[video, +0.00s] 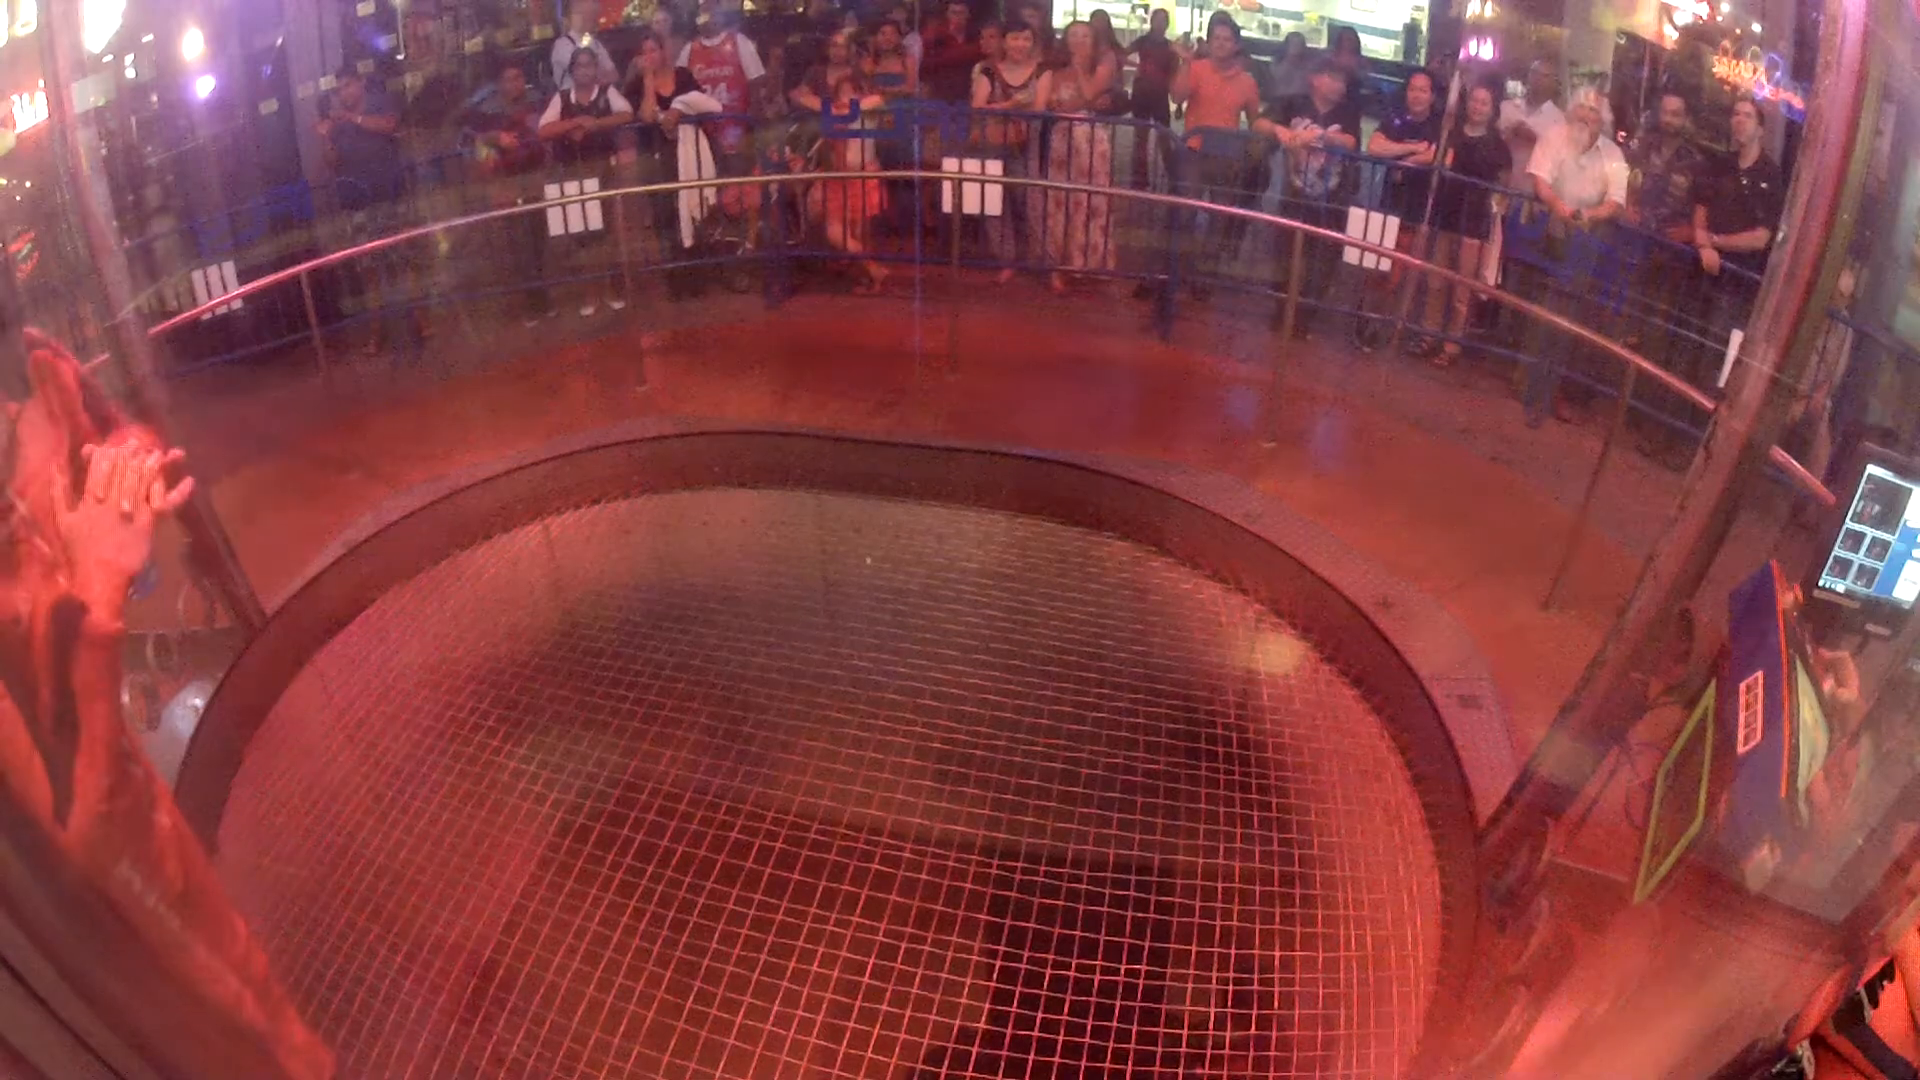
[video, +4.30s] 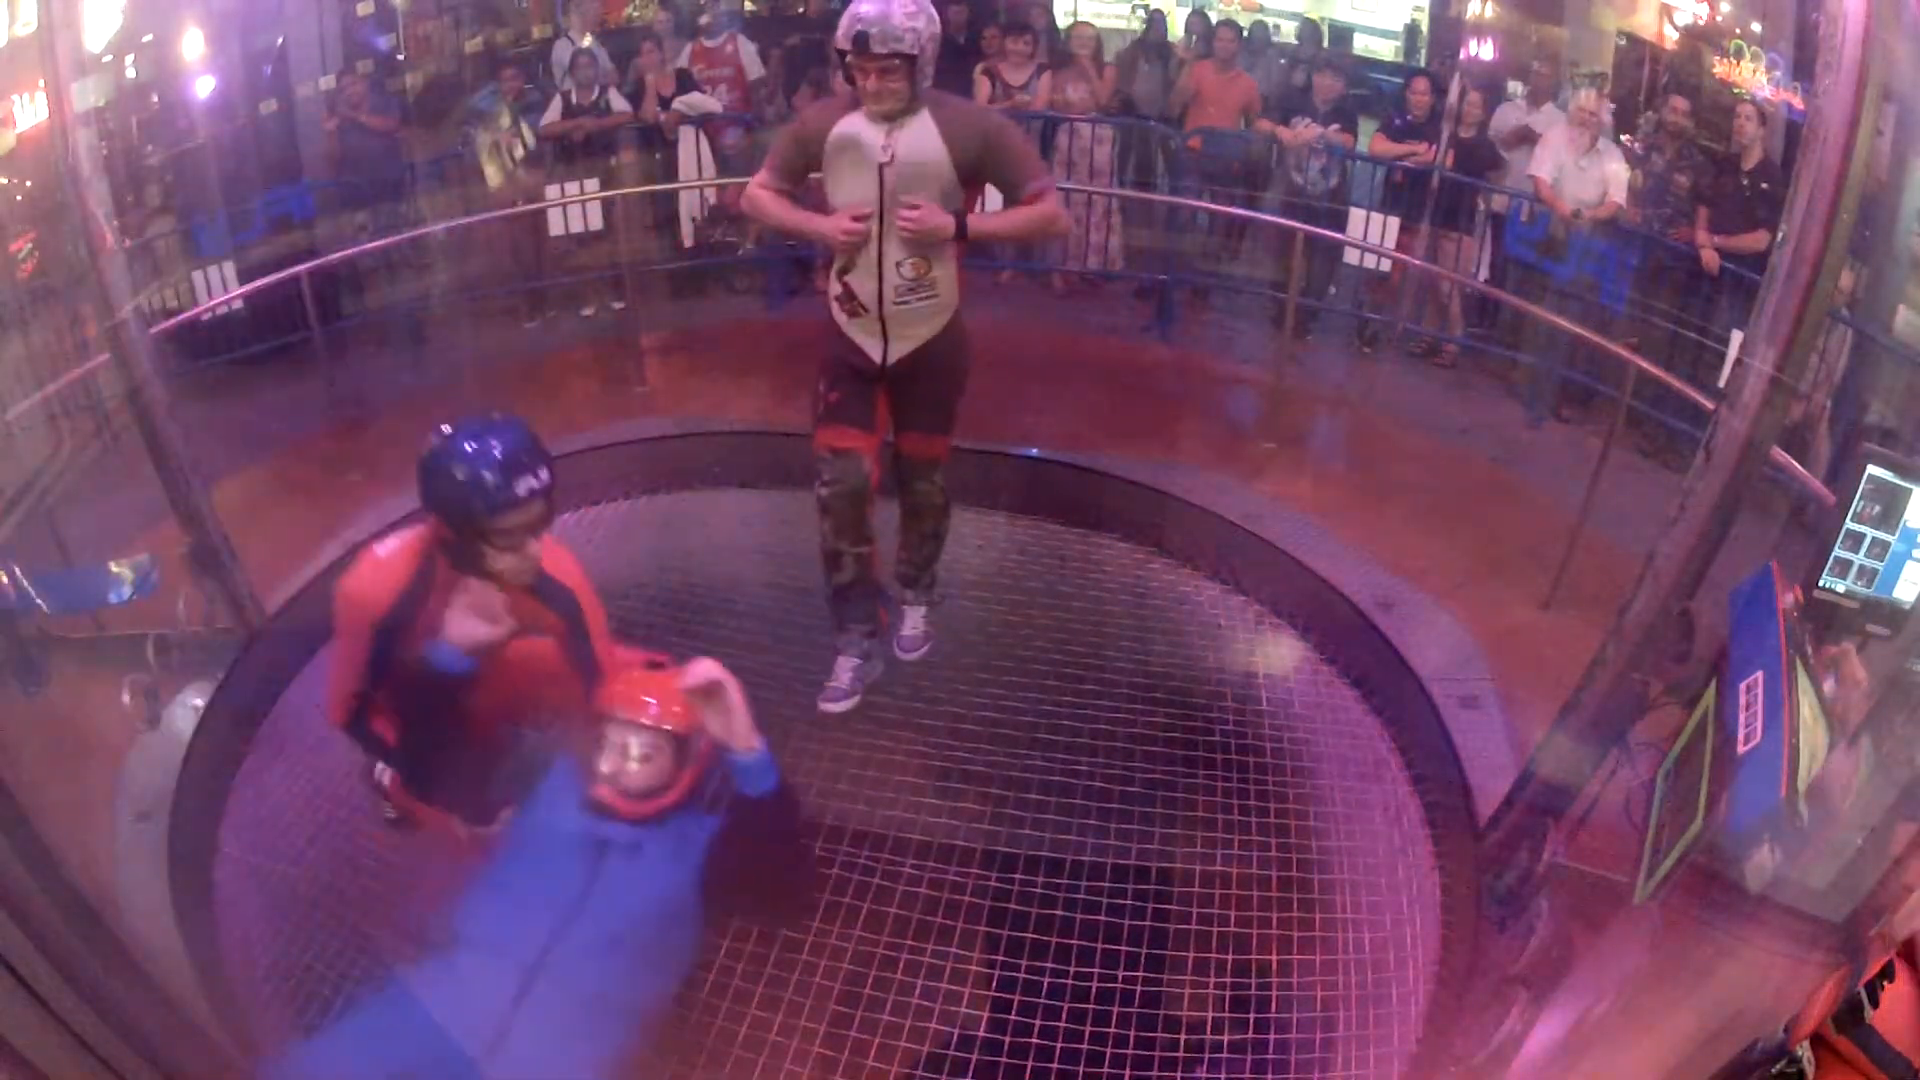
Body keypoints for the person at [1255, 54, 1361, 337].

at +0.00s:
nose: (1341, 88)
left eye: (1343, 83)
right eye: (1335, 81)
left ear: (1346, 87)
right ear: (1316, 80)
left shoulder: (1348, 112)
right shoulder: (1293, 104)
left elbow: (1352, 143)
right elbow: (1258, 123)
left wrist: (1321, 136)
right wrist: (1282, 132)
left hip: (1331, 202)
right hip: (1295, 196)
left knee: (1323, 262)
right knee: (1287, 254)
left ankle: (1306, 317)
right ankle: (1281, 310)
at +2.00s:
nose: (1325, 86)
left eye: (1333, 81)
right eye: (1322, 78)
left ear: (1343, 87)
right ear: (1311, 78)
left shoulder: (1346, 111)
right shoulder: (1293, 103)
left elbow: (1351, 143)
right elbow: (1259, 124)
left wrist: (1325, 136)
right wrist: (1283, 134)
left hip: (1332, 196)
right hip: (1296, 190)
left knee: (1324, 255)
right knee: (1286, 248)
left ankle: (1307, 312)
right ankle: (1281, 306)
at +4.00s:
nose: (1326, 86)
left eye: (1333, 82)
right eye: (1322, 78)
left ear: (1343, 89)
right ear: (1313, 78)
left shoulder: (1346, 112)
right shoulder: (1294, 102)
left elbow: (1351, 143)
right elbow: (1261, 124)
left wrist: (1324, 135)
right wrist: (1285, 135)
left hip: (1330, 195)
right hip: (1293, 189)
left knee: (1323, 255)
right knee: (1285, 247)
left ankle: (1308, 314)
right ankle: (1281, 305)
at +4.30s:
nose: (1327, 86)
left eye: (1334, 81)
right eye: (1324, 78)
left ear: (1344, 87)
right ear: (1313, 77)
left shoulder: (1346, 111)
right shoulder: (1293, 100)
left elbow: (1350, 143)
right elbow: (1261, 124)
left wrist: (1322, 134)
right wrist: (1283, 133)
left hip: (1330, 196)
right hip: (1293, 190)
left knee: (1323, 257)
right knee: (1286, 250)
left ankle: (1307, 315)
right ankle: (1279, 308)